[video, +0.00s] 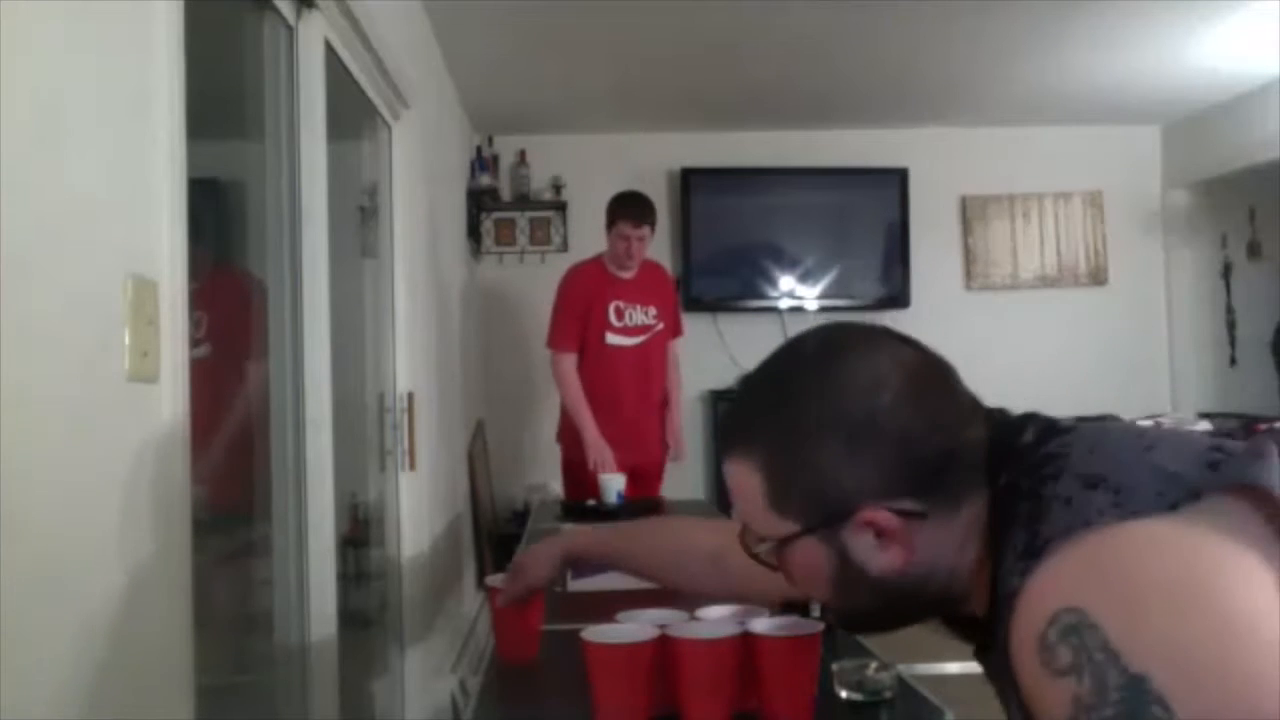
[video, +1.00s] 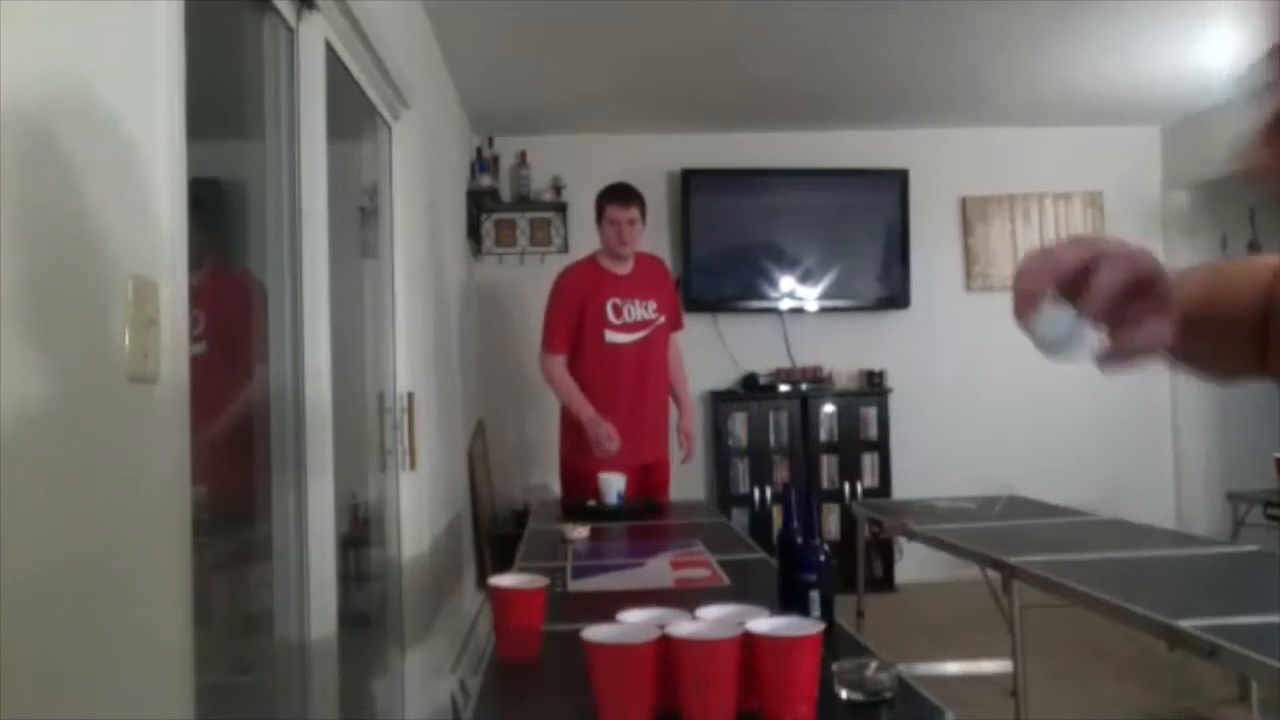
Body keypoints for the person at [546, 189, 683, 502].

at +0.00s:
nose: (631, 249)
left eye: (640, 240)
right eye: (623, 238)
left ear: (651, 238)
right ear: (608, 235)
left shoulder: (661, 280)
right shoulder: (580, 281)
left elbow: (670, 355)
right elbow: (563, 363)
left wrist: (673, 421)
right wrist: (592, 438)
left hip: (647, 443)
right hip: (591, 446)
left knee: (645, 544)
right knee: (594, 544)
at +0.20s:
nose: (634, 243)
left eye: (642, 234)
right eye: (625, 233)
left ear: (652, 237)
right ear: (610, 234)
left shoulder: (661, 280)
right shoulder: (584, 281)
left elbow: (671, 355)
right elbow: (572, 370)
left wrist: (679, 421)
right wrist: (596, 441)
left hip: (646, 440)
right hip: (594, 443)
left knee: (647, 535)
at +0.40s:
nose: (633, 239)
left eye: (641, 230)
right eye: (623, 229)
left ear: (651, 233)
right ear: (608, 231)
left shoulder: (661, 278)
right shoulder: (584, 281)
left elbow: (673, 355)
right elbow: (573, 371)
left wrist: (683, 423)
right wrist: (597, 444)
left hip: (651, 440)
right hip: (597, 444)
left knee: (646, 544)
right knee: (602, 543)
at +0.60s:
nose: (628, 235)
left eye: (636, 226)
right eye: (619, 226)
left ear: (647, 230)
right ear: (603, 228)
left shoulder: (660, 276)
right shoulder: (581, 280)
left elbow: (671, 353)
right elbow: (567, 369)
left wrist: (681, 419)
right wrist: (596, 447)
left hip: (652, 445)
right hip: (596, 450)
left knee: (651, 545)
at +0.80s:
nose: (624, 233)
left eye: (632, 224)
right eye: (614, 224)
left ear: (643, 227)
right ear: (600, 227)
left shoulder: (658, 274)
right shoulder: (576, 280)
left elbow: (668, 348)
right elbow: (555, 366)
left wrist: (682, 415)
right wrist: (592, 437)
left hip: (653, 447)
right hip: (594, 451)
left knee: (656, 547)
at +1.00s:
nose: (623, 233)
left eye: (632, 223)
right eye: (613, 223)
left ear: (643, 226)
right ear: (599, 227)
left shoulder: (657, 273)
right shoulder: (574, 281)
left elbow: (669, 345)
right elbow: (552, 363)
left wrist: (685, 411)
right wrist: (591, 421)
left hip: (650, 445)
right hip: (593, 450)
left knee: (651, 547)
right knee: (595, 546)